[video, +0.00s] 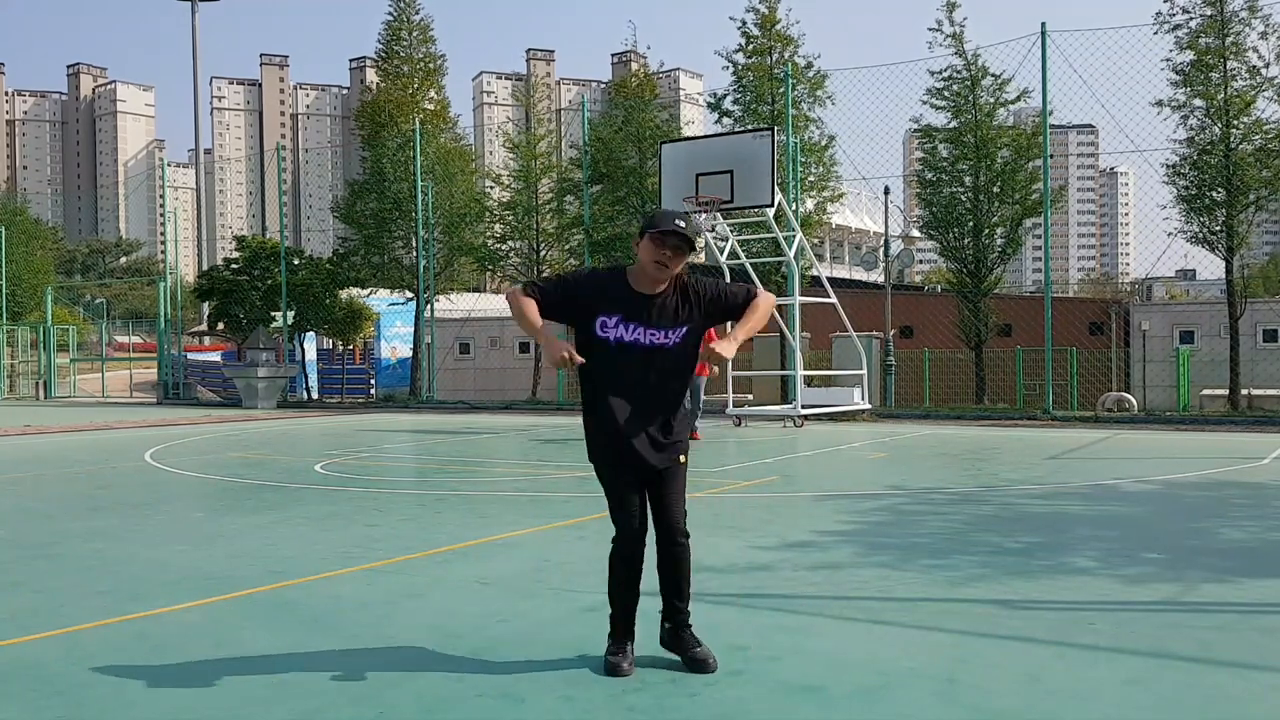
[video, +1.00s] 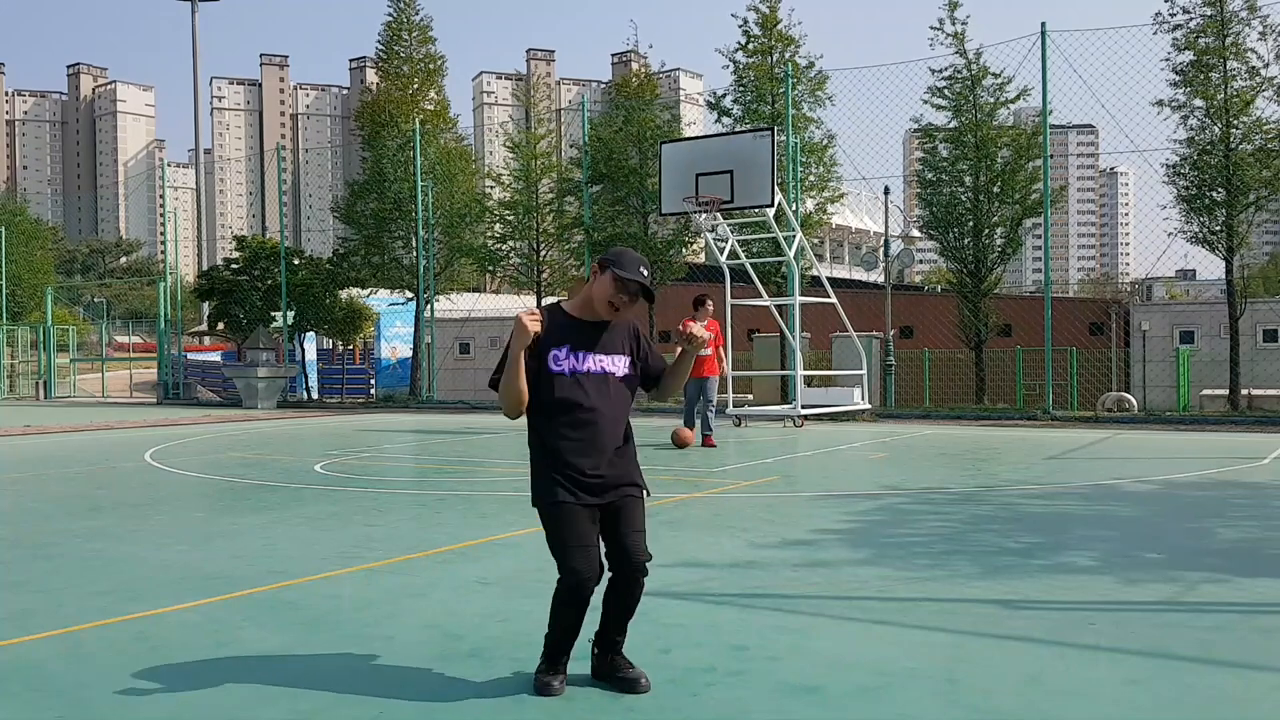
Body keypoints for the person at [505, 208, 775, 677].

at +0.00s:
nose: (667, 272)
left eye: (677, 264)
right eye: (659, 260)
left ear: (686, 261)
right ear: (638, 247)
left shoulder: (696, 295)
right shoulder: (597, 287)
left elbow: (764, 299)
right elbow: (521, 297)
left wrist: (734, 340)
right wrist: (545, 339)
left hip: (669, 436)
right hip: (613, 437)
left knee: (674, 532)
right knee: (631, 534)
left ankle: (677, 629)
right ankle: (621, 638)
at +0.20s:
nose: (652, 226)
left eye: (664, 221)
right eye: (646, 213)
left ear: (673, 231)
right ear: (627, 212)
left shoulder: (684, 273)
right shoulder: (586, 260)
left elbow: (756, 298)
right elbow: (521, 299)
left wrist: (716, 302)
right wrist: (532, 283)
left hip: (636, 428)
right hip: (577, 421)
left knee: (616, 536)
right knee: (569, 535)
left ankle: (630, 650)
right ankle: (591, 626)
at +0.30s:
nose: (640, 260)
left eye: (649, 251)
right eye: (631, 249)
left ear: (662, 252)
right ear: (612, 245)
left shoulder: (676, 296)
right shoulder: (585, 290)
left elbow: (736, 343)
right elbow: (533, 346)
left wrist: (687, 327)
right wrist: (547, 308)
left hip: (627, 450)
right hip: (570, 443)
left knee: (597, 554)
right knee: (547, 551)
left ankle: (622, 656)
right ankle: (570, 649)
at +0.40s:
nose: (624, 284)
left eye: (630, 273)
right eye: (612, 276)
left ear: (640, 267)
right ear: (587, 274)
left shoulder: (656, 311)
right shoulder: (573, 305)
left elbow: (697, 372)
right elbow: (546, 366)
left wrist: (637, 367)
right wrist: (561, 356)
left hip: (631, 454)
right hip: (578, 447)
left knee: (599, 553)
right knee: (557, 556)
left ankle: (626, 655)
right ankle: (574, 652)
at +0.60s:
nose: (599, 262)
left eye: (605, 251)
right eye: (586, 254)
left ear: (612, 250)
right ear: (559, 254)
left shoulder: (636, 292)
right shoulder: (546, 291)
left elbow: (709, 313)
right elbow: (529, 315)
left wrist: (663, 367)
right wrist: (532, 357)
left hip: (634, 430)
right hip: (579, 430)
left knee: (626, 533)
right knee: (574, 539)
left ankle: (629, 653)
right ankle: (574, 647)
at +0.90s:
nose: (613, 275)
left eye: (623, 268)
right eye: (607, 264)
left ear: (630, 269)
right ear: (583, 252)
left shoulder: (636, 306)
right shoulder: (539, 310)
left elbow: (685, 345)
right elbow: (483, 371)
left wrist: (702, 326)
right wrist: (476, 323)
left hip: (632, 464)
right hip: (570, 466)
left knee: (633, 564)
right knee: (579, 570)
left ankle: (608, 654)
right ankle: (552, 665)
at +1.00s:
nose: (625, 299)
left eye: (635, 294)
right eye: (621, 286)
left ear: (638, 298)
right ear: (597, 272)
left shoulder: (628, 330)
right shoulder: (543, 323)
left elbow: (665, 386)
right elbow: (513, 408)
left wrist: (689, 350)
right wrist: (517, 346)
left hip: (619, 474)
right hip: (560, 477)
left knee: (633, 563)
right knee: (581, 571)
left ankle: (607, 656)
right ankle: (553, 663)